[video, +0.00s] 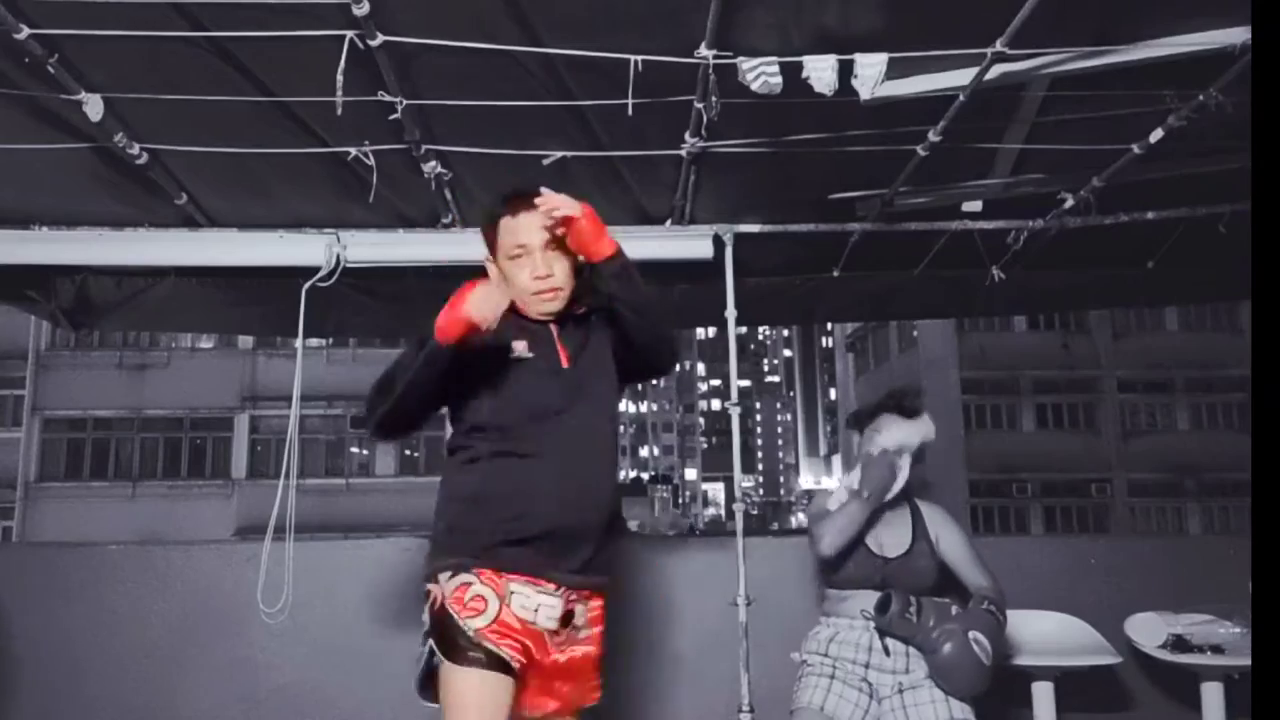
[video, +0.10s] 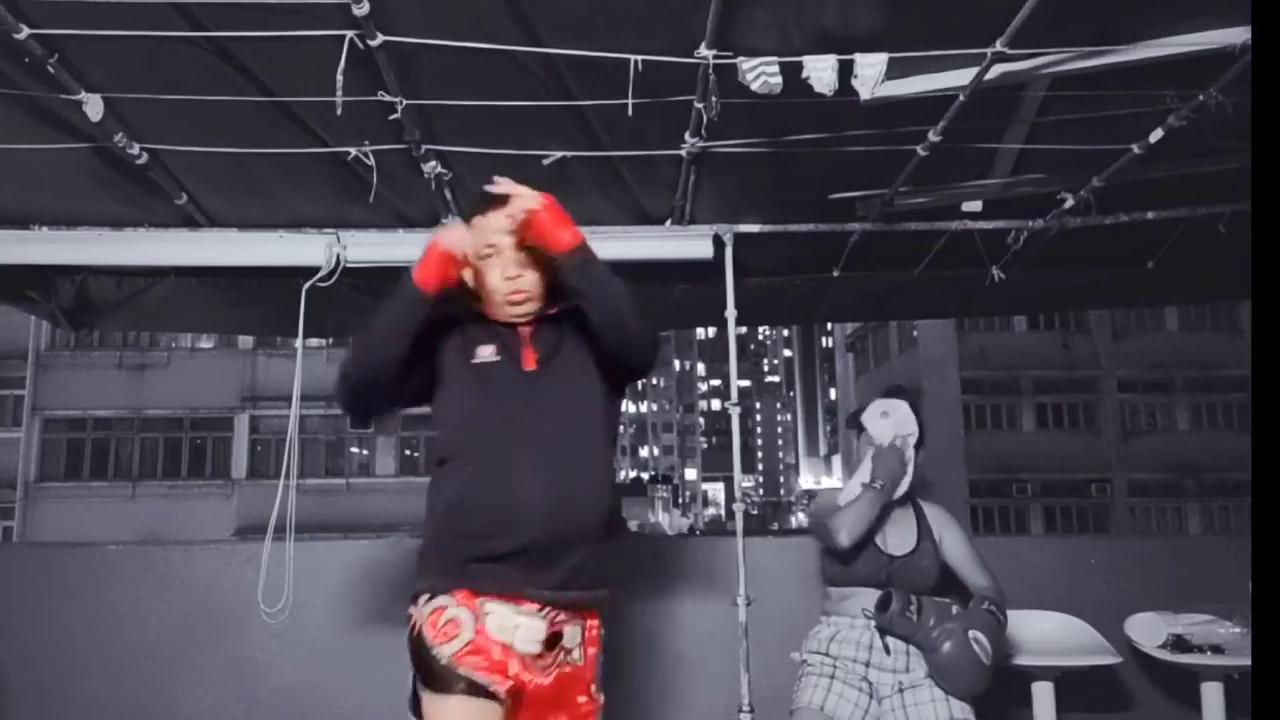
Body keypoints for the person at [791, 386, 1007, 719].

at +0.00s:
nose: (891, 462)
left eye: (901, 452)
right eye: (880, 449)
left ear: (911, 460)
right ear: (857, 453)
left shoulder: (930, 517)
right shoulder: (830, 507)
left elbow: (985, 587)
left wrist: (985, 618)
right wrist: (870, 494)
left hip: (923, 668)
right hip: (837, 662)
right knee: (817, 712)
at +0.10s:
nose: (892, 457)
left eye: (903, 447)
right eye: (879, 447)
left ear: (915, 455)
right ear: (858, 452)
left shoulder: (933, 517)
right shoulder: (830, 507)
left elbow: (985, 586)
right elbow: (841, 536)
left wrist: (986, 617)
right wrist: (881, 481)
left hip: (924, 667)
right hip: (838, 661)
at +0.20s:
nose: (877, 458)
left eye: (888, 449)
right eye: (866, 446)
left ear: (908, 456)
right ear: (853, 448)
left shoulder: (933, 518)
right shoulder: (832, 500)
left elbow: (987, 589)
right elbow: (853, 525)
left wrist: (986, 619)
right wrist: (894, 471)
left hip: (924, 667)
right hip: (838, 660)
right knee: (819, 712)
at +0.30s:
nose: (867, 457)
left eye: (881, 446)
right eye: (858, 446)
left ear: (908, 452)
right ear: (848, 453)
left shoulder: (932, 519)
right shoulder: (836, 497)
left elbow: (988, 590)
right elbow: (848, 525)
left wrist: (985, 621)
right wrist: (909, 493)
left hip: (921, 666)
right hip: (837, 659)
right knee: (817, 712)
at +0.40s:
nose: (867, 455)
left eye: (880, 443)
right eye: (857, 445)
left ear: (906, 449)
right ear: (847, 453)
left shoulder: (935, 518)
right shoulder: (836, 497)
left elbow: (987, 589)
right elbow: (874, 498)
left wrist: (982, 623)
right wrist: (920, 474)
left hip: (922, 667)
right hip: (839, 660)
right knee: (820, 712)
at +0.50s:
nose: (871, 455)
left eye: (883, 442)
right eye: (858, 446)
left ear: (906, 448)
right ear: (847, 455)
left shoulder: (935, 519)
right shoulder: (835, 498)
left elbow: (987, 587)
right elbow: (867, 500)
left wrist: (980, 616)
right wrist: (909, 482)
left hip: (922, 667)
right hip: (838, 660)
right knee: (819, 712)